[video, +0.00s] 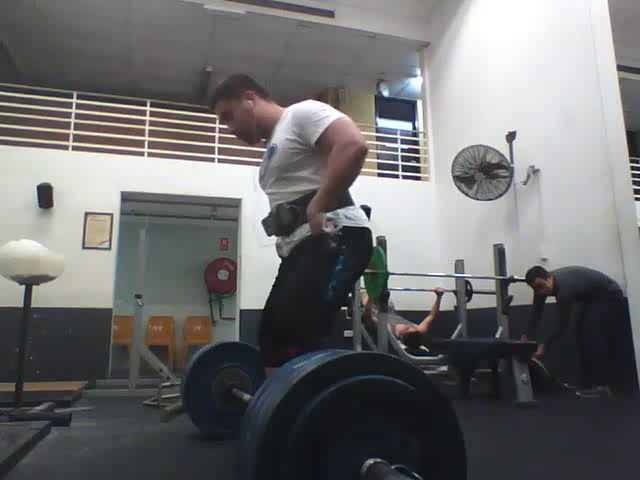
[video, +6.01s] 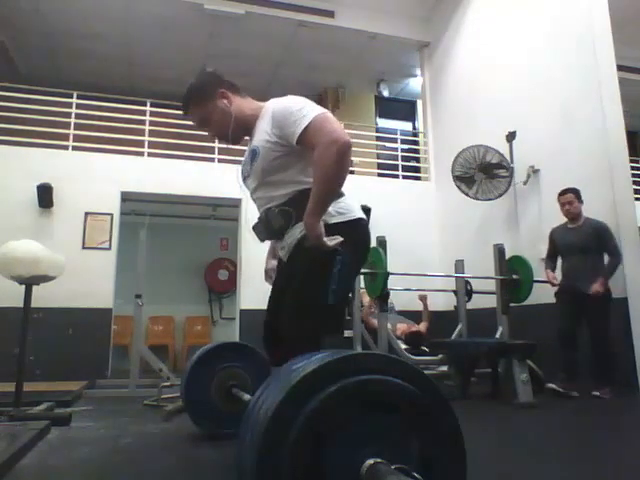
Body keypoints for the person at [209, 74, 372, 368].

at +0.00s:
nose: (228, 129)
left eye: (228, 117)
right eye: (223, 123)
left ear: (250, 99)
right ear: (251, 101)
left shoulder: (301, 113)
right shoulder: (273, 152)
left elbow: (351, 144)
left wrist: (318, 207)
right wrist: (285, 231)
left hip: (333, 238)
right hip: (305, 248)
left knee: (296, 335)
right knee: (273, 335)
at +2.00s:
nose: (214, 133)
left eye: (211, 121)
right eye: (207, 127)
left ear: (230, 100)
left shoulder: (287, 112)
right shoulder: (251, 161)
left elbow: (335, 153)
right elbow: (276, 202)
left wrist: (300, 215)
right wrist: (267, 236)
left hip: (324, 235)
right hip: (290, 247)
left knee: (289, 330)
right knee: (266, 333)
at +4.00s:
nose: (200, 150)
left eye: (196, 139)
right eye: (192, 146)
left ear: (213, 115)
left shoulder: (272, 117)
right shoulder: (238, 168)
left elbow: (322, 158)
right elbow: (270, 212)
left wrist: (295, 225)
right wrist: (264, 245)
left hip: (326, 238)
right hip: (293, 252)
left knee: (292, 334)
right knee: (265, 337)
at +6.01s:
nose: (211, 135)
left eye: (206, 122)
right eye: (203, 128)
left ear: (225, 98)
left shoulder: (281, 109)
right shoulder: (252, 159)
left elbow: (335, 142)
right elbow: (286, 202)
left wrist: (312, 219)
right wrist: (275, 249)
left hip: (330, 230)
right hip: (300, 242)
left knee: (301, 333)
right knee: (278, 334)